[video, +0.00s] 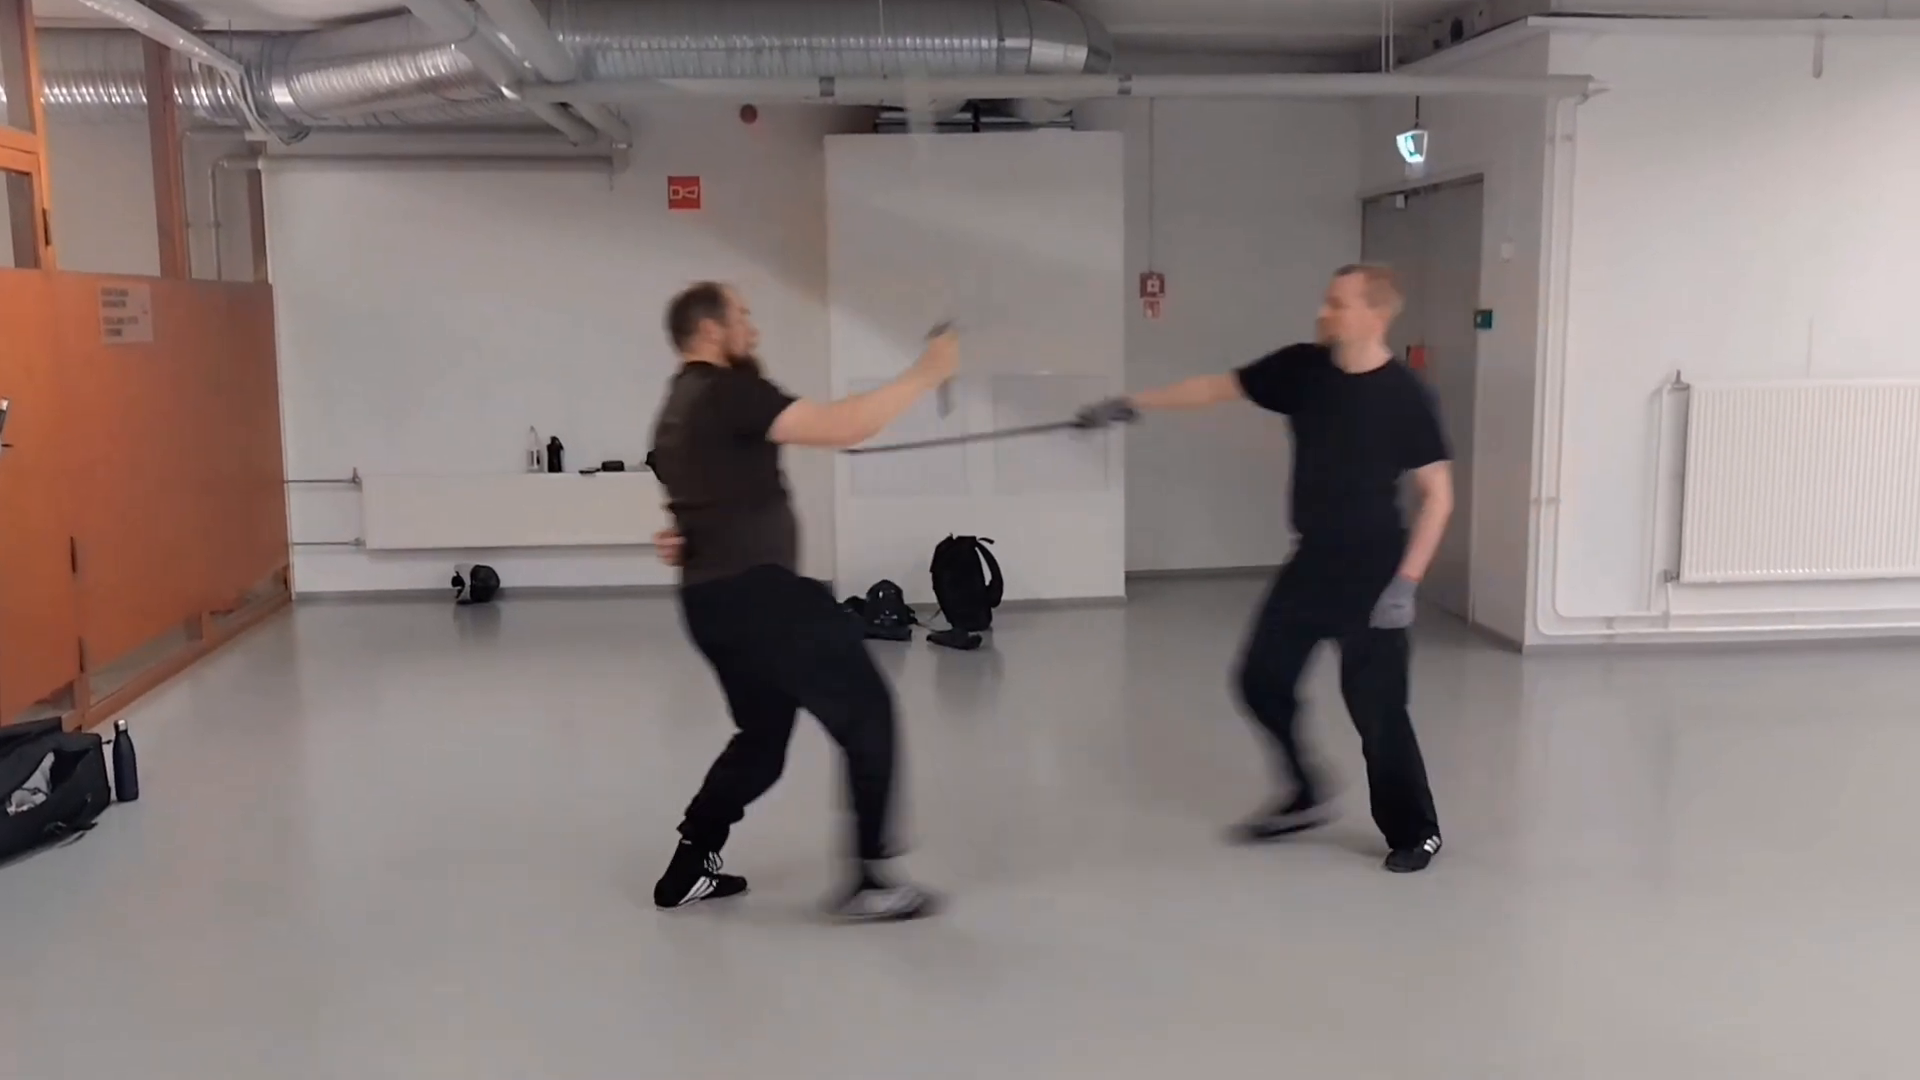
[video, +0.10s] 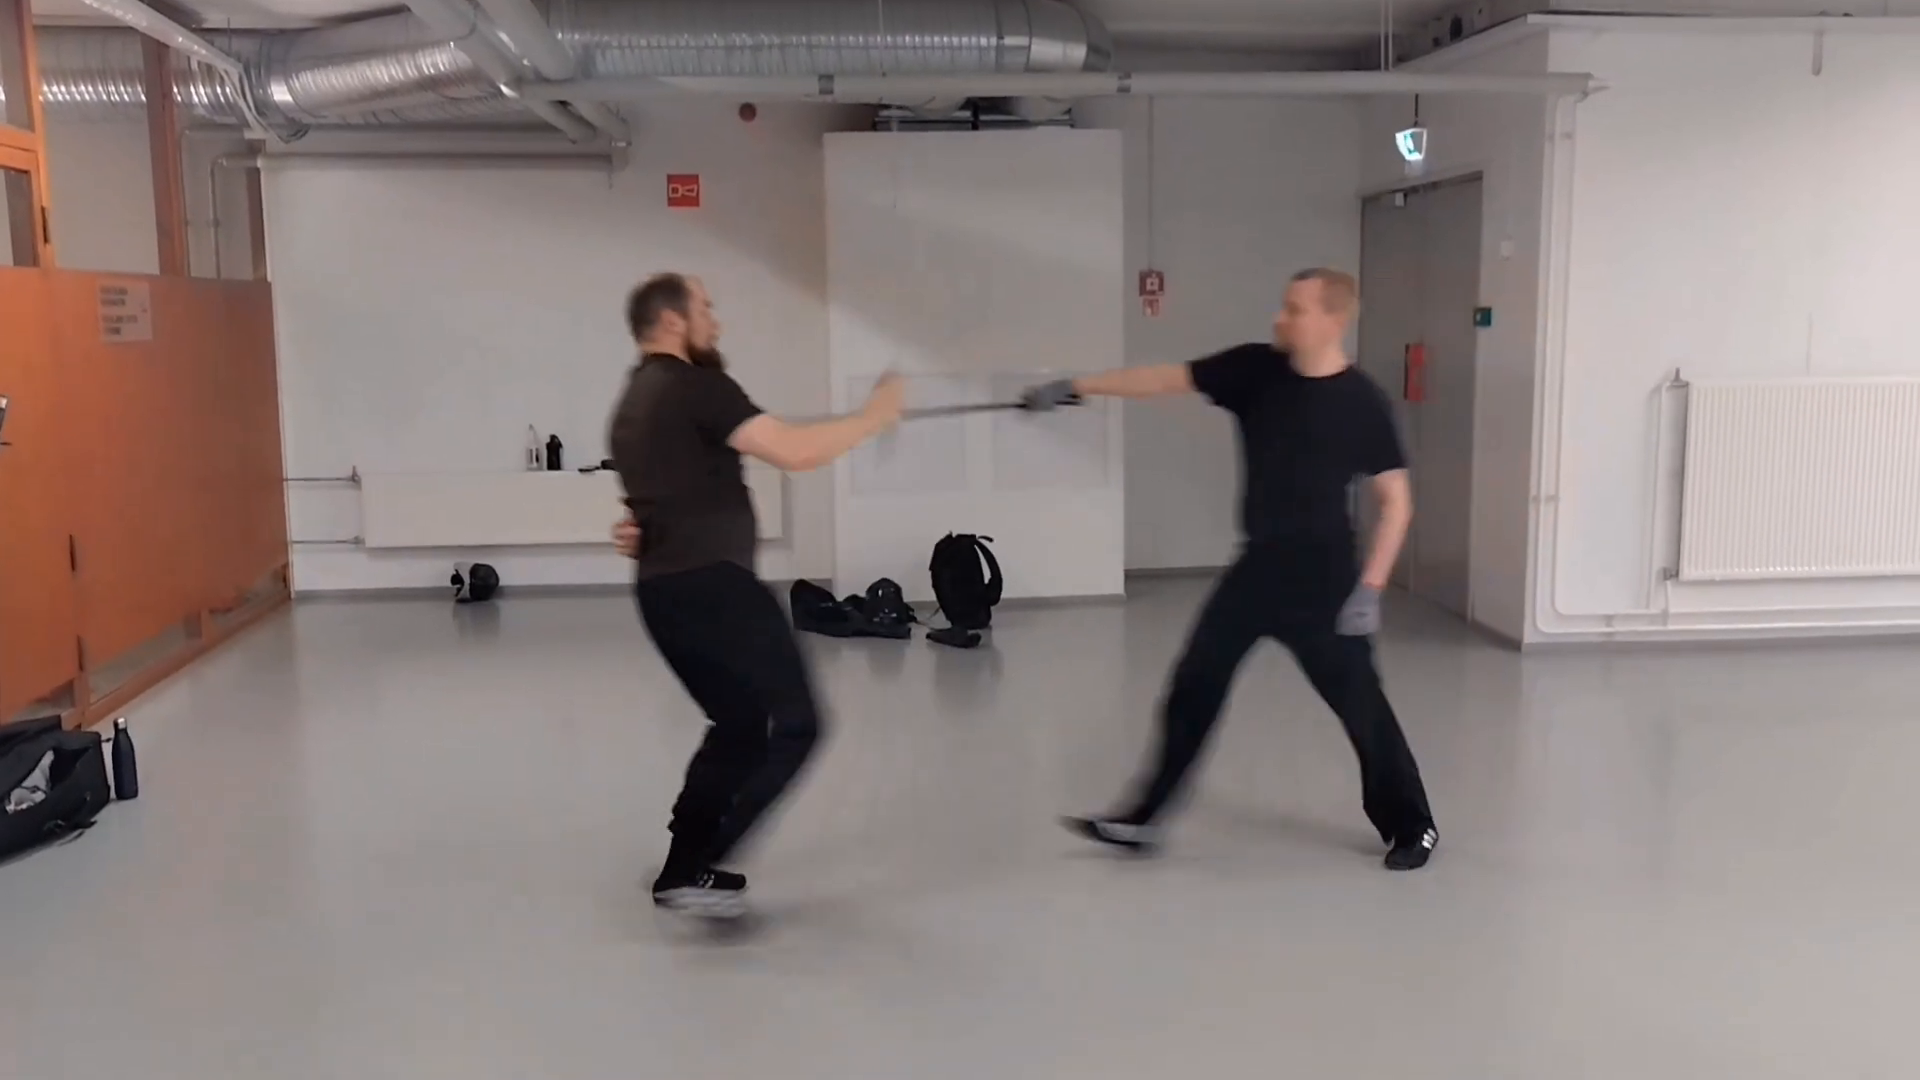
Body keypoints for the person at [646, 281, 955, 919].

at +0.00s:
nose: (754, 331)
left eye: (749, 318)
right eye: (743, 319)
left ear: (694, 336)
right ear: (709, 331)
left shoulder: (680, 403)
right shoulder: (731, 392)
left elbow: (710, 498)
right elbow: (847, 426)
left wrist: (690, 537)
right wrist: (924, 374)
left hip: (715, 601)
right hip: (766, 594)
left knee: (760, 745)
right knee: (865, 709)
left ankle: (687, 871)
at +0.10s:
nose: (716, 324)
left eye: (712, 309)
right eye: (706, 311)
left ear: (654, 328)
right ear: (673, 322)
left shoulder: (636, 397)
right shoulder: (696, 385)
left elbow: (660, 498)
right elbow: (794, 450)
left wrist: (644, 529)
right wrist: (872, 418)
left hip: (667, 592)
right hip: (715, 585)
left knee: (739, 720)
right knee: (794, 722)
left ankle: (685, 869)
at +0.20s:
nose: (684, 316)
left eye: (680, 302)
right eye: (675, 303)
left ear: (623, 316)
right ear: (638, 312)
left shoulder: (590, 392)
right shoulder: (674, 382)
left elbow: (591, 497)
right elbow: (764, 481)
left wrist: (592, 517)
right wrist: (814, 475)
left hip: (618, 586)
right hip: (666, 584)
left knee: (691, 729)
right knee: (707, 737)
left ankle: (681, 867)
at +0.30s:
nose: (658, 339)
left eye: (653, 326)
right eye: (649, 327)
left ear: (587, 343)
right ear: (616, 339)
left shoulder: (540, 414)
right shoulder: (652, 432)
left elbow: (504, 519)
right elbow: (716, 543)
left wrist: (533, 547)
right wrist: (740, 531)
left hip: (544, 610)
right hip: (589, 617)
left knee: (663, 711)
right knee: (526, 780)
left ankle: (674, 864)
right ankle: (390, 937)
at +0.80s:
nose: (709, 354)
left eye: (707, 341)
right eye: (703, 342)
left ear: (636, 349)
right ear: (673, 350)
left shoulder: (572, 406)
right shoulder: (684, 438)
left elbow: (503, 480)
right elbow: (741, 525)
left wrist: (518, 528)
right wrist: (796, 501)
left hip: (546, 597)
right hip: (593, 606)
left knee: (657, 707)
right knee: (559, 768)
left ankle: (649, 867)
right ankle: (409, 912)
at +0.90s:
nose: (732, 348)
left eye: (729, 335)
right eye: (724, 336)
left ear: (668, 347)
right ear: (694, 345)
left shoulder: (599, 402)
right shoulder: (705, 431)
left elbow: (532, 480)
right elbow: (761, 525)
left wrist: (548, 524)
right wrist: (816, 504)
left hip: (574, 590)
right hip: (621, 597)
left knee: (676, 711)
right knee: (649, 756)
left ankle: (650, 867)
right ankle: (495, 883)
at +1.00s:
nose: (751, 342)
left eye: (749, 329)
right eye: (744, 329)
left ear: (686, 338)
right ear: (713, 337)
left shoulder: (623, 397)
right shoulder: (722, 422)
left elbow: (561, 477)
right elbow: (792, 518)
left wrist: (573, 512)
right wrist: (845, 493)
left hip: (598, 586)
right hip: (651, 590)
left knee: (681, 728)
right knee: (720, 739)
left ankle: (648, 860)